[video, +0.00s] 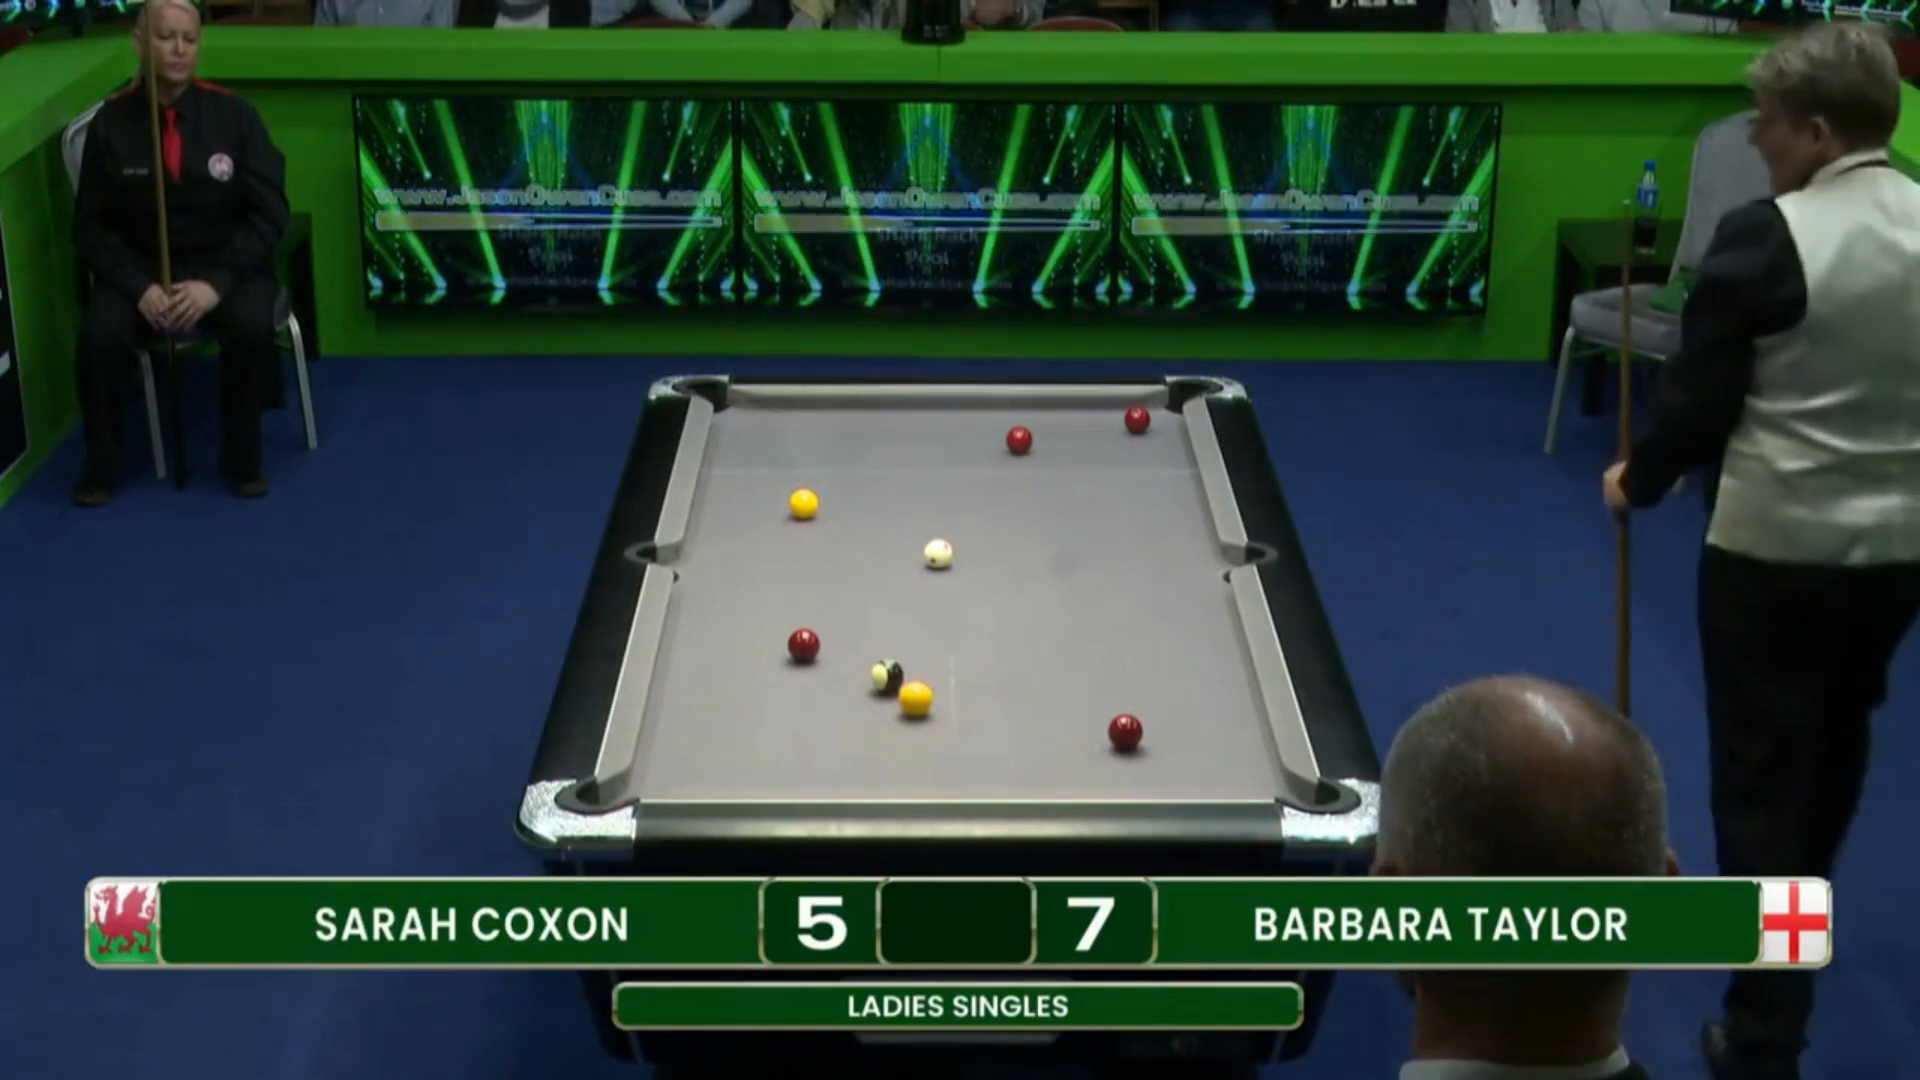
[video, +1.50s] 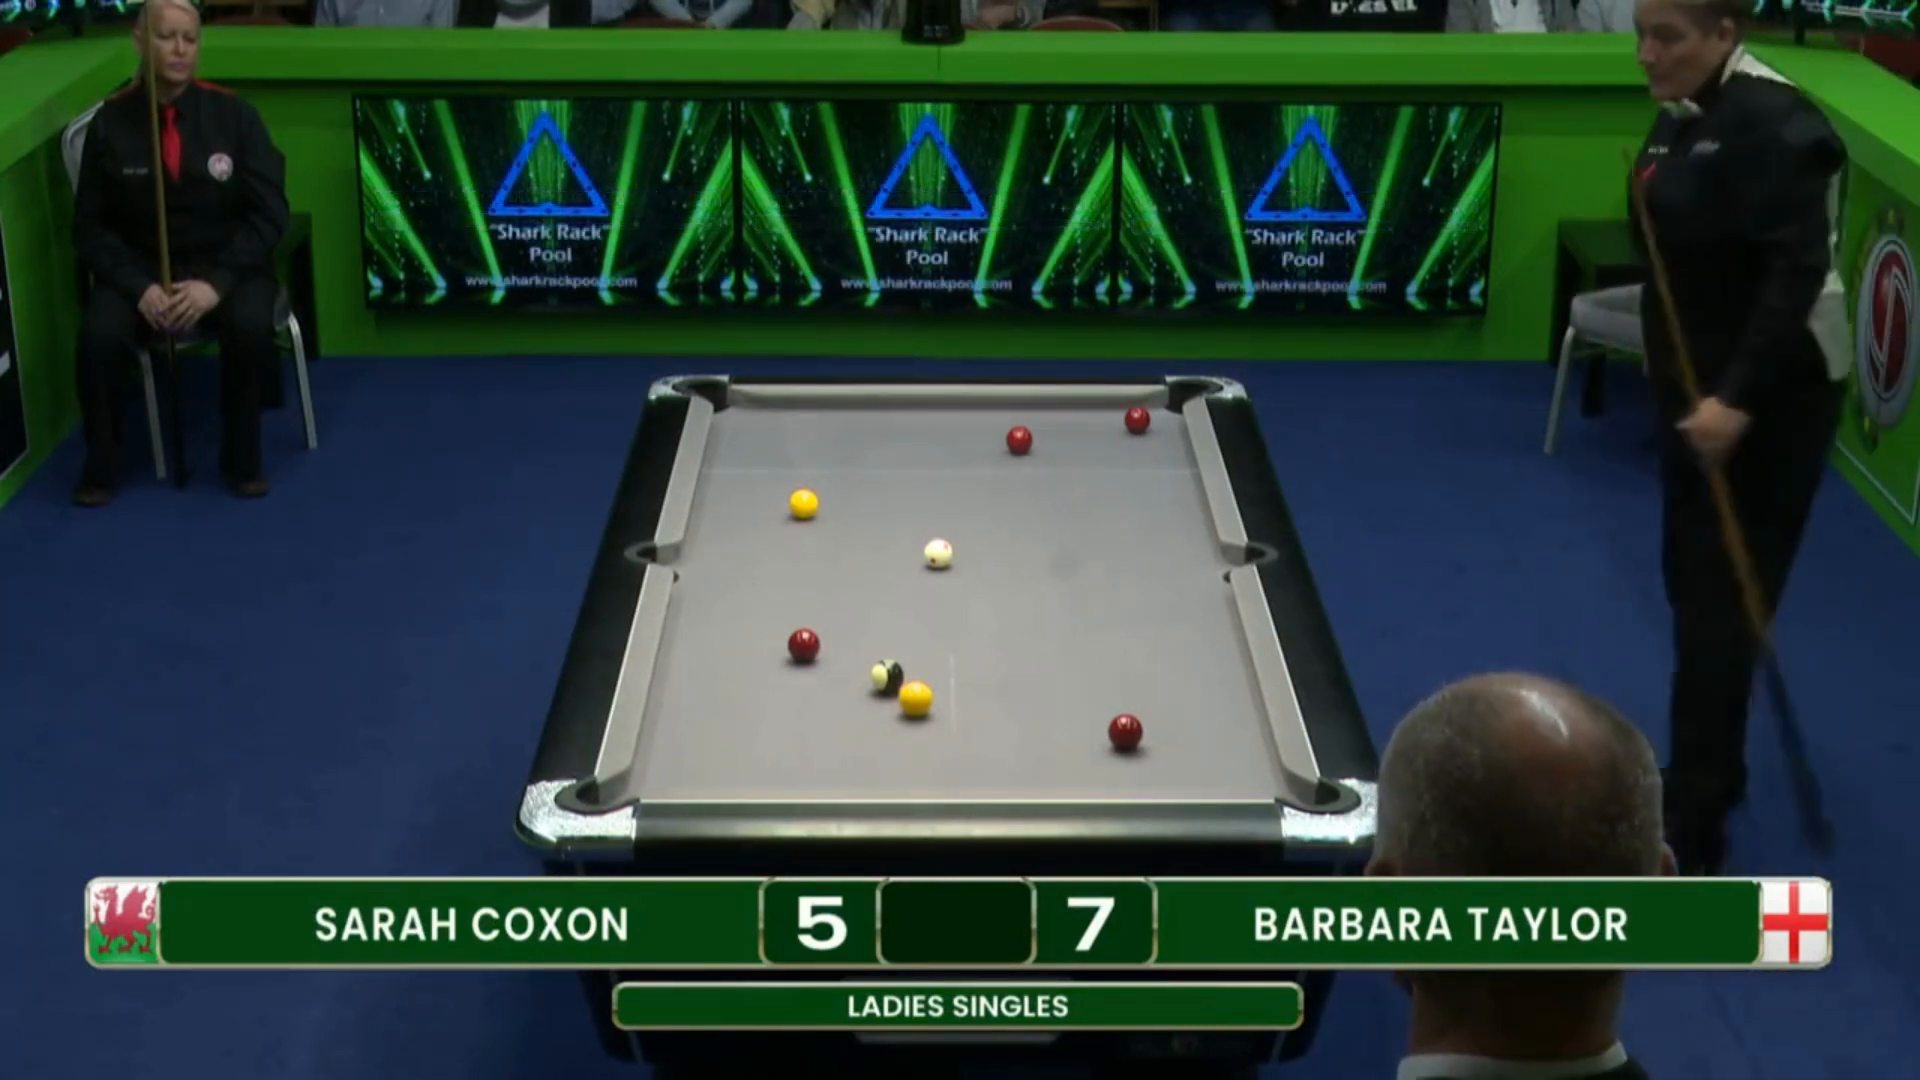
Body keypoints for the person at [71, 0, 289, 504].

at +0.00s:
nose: (180, 49)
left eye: (189, 38)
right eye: (166, 37)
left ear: (199, 45)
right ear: (140, 42)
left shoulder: (235, 116)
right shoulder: (111, 122)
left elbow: (269, 215)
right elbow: (90, 227)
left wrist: (214, 284)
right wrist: (140, 286)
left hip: (221, 267)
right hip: (138, 273)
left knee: (248, 327)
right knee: (100, 334)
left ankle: (243, 462)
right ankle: (101, 467)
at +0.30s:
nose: (180, 49)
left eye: (190, 38)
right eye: (166, 37)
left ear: (199, 45)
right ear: (140, 42)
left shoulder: (235, 116)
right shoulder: (111, 121)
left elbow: (268, 215)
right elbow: (90, 227)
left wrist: (214, 284)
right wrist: (141, 286)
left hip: (221, 267)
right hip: (138, 273)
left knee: (249, 327)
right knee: (100, 334)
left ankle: (243, 462)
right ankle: (101, 468)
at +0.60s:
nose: (181, 49)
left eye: (190, 38)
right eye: (167, 37)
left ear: (199, 44)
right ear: (140, 41)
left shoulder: (234, 116)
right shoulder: (111, 122)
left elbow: (268, 215)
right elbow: (90, 227)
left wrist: (214, 283)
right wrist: (141, 286)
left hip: (221, 267)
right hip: (138, 273)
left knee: (248, 326)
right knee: (100, 334)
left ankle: (243, 462)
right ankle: (101, 468)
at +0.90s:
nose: (181, 49)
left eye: (190, 38)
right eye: (167, 37)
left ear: (200, 44)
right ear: (140, 41)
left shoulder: (234, 116)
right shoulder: (111, 122)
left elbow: (268, 215)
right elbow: (90, 227)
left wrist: (214, 283)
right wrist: (141, 286)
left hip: (221, 267)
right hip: (139, 273)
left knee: (248, 326)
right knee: (100, 334)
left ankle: (243, 462)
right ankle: (101, 468)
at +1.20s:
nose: (181, 49)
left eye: (190, 38)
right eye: (167, 37)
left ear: (199, 44)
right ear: (141, 42)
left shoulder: (234, 116)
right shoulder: (111, 122)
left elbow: (268, 215)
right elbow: (90, 227)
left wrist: (214, 283)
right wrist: (141, 286)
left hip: (221, 267)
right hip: (138, 273)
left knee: (248, 326)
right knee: (100, 334)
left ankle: (243, 462)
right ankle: (101, 468)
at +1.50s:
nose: (181, 49)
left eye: (190, 38)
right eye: (167, 37)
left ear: (199, 45)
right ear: (141, 42)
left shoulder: (234, 116)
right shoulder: (111, 122)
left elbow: (269, 215)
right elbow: (90, 227)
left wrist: (214, 283)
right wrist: (141, 286)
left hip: (221, 267)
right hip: (139, 273)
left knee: (248, 326)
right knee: (100, 334)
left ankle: (243, 462)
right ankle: (101, 468)